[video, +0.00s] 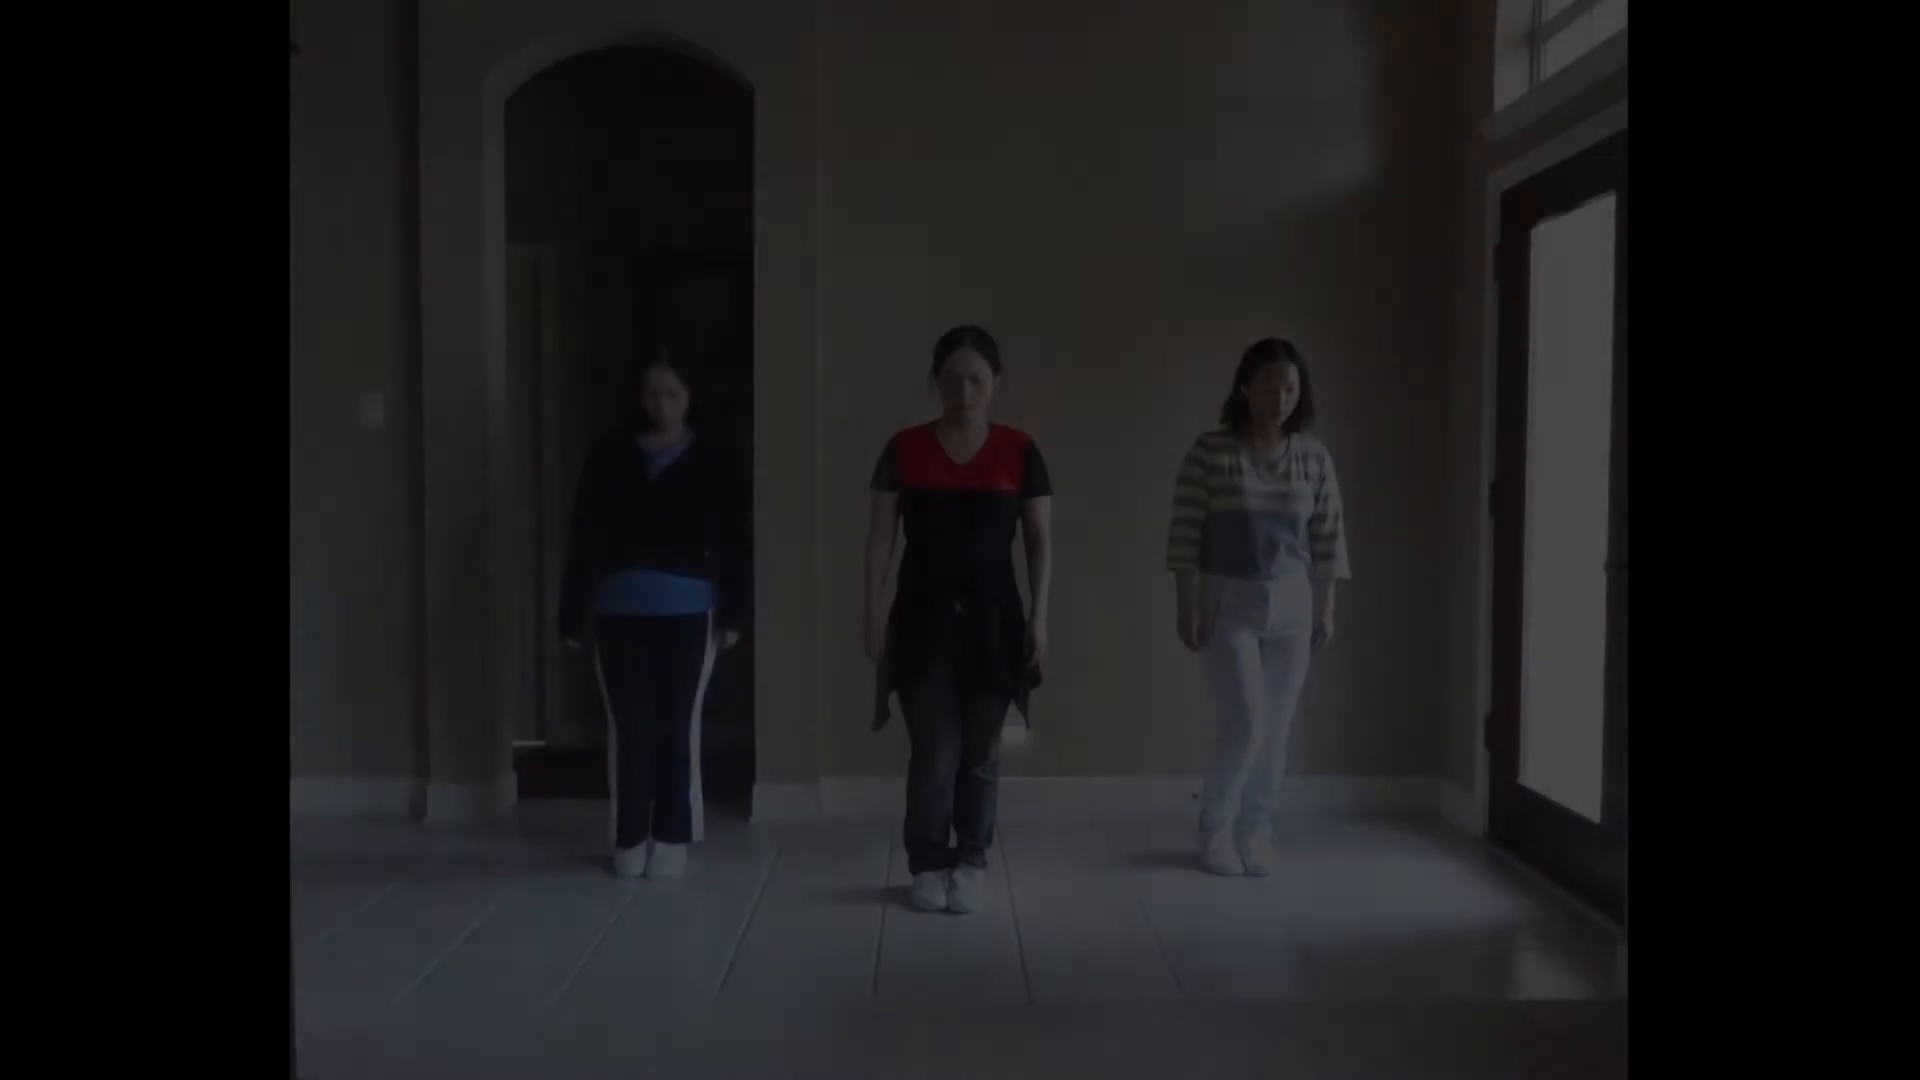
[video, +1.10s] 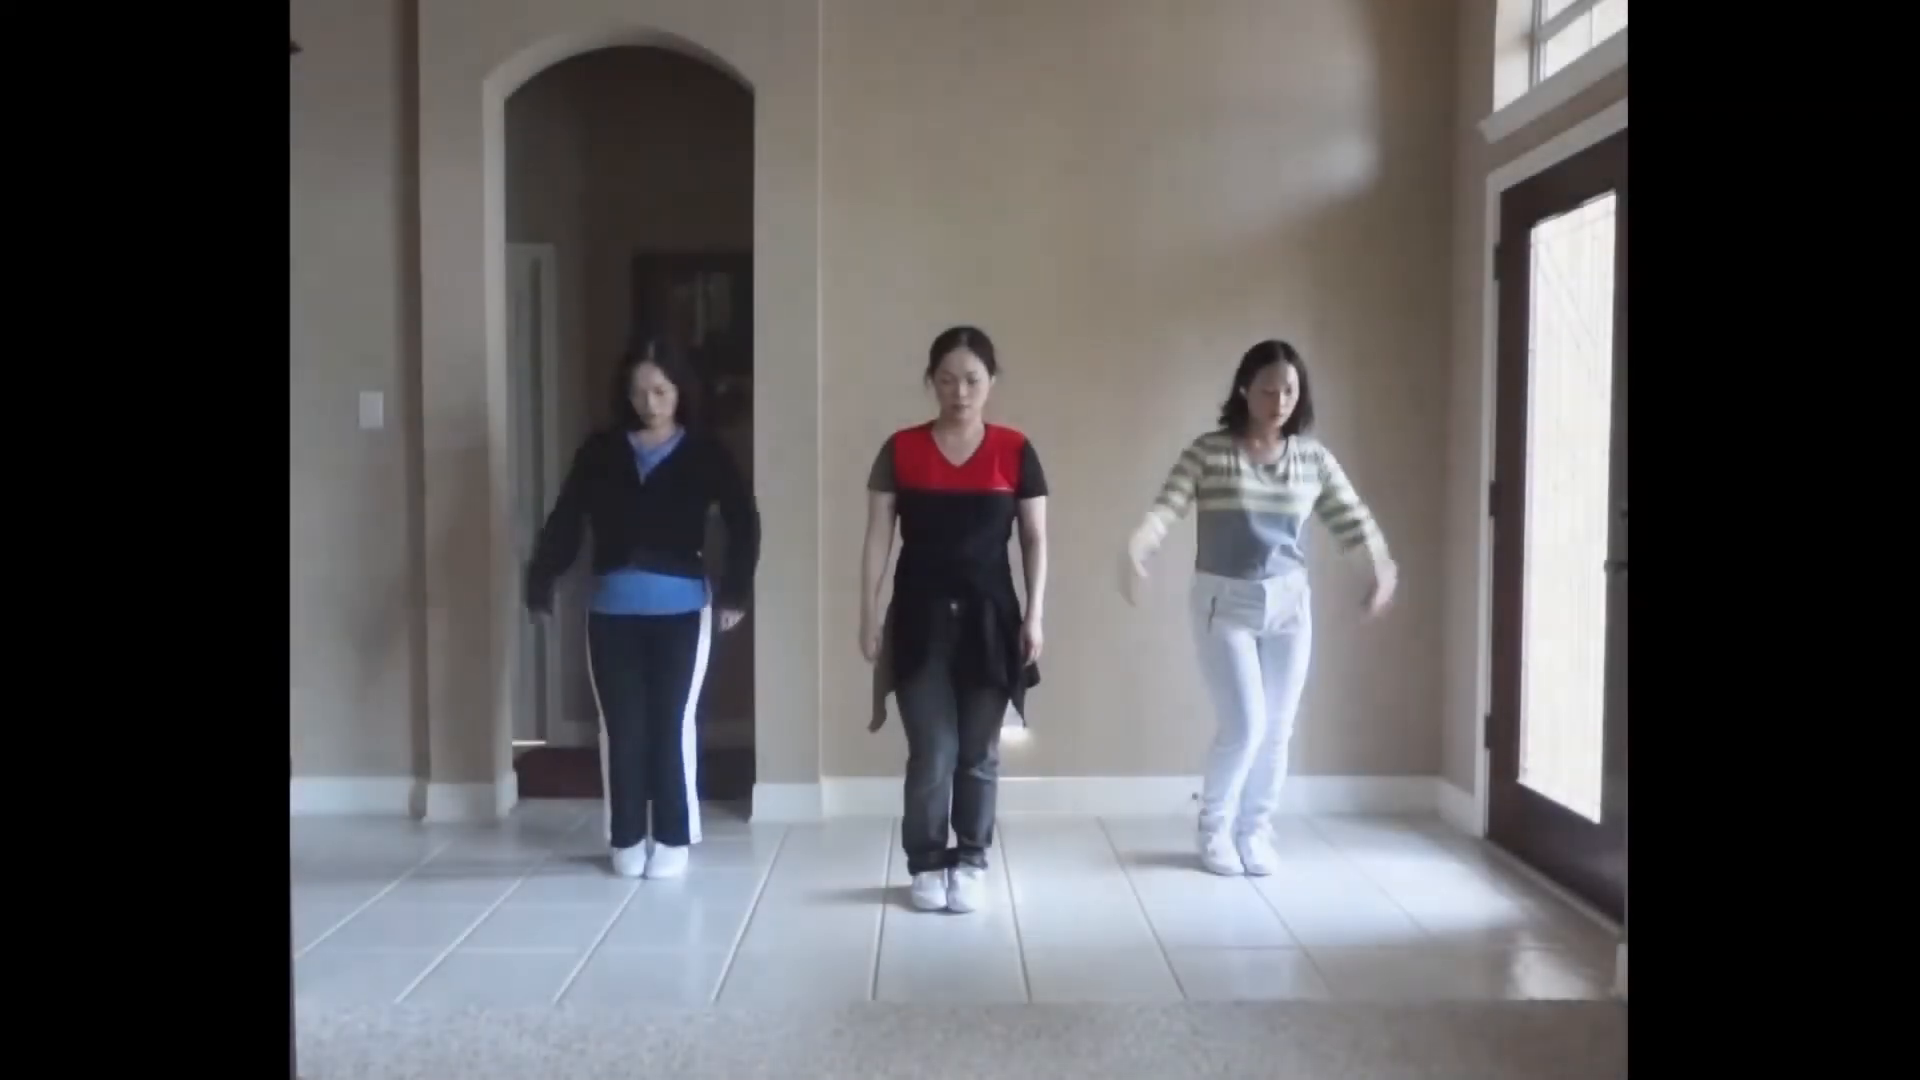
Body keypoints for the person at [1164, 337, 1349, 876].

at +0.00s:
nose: (1279, 398)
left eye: (1289, 387)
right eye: (1269, 386)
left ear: (1300, 395)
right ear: (1246, 389)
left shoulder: (1312, 456)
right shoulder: (1212, 451)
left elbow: (1329, 535)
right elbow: (1185, 533)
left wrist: (1326, 606)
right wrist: (1187, 606)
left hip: (1292, 612)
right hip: (1227, 609)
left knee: (1275, 728)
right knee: (1247, 723)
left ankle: (1256, 834)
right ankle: (1215, 833)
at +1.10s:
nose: (1279, 399)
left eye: (1289, 389)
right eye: (1269, 387)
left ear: (1300, 396)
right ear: (1245, 390)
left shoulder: (1312, 458)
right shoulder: (1209, 451)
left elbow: (1352, 517)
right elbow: (1169, 505)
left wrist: (1383, 568)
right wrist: (1137, 546)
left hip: (1289, 608)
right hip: (1223, 607)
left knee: (1276, 728)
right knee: (1244, 725)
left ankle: (1256, 831)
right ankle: (1214, 829)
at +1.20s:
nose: (1279, 404)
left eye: (1289, 394)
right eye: (1268, 392)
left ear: (1299, 400)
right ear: (1244, 394)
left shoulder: (1313, 458)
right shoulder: (1207, 452)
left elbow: (1363, 498)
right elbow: (1162, 487)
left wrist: (1408, 513)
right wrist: (1135, 490)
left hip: (1287, 610)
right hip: (1222, 608)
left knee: (1282, 729)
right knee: (1246, 724)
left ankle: (1257, 832)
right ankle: (1216, 827)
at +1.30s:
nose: (1279, 414)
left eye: (1288, 404)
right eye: (1269, 403)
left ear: (1298, 410)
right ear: (1244, 403)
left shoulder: (1312, 465)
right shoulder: (1205, 459)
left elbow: (1382, 499)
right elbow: (1144, 484)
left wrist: (1389, 438)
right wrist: (1141, 418)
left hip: (1285, 617)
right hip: (1219, 616)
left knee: (1285, 733)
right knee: (1248, 729)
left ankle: (1259, 835)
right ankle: (1204, 782)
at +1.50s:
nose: (1266, 431)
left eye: (1277, 421)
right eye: (1256, 419)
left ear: (1289, 423)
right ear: (1236, 417)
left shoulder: (1303, 467)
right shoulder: (1205, 459)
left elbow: (1361, 424)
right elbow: (1166, 431)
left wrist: (1312, 408)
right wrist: (1185, 412)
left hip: (1282, 616)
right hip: (1215, 615)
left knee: (1283, 731)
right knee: (1215, 726)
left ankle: (1257, 836)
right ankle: (1184, 747)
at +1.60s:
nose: (1258, 397)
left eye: (1269, 387)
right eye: (1247, 385)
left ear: (1281, 396)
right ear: (1229, 390)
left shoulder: (1295, 447)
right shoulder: (1202, 446)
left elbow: (1338, 385)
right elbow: (1177, 393)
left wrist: (1287, 348)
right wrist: (1197, 360)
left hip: (1276, 598)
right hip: (1210, 598)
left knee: (1273, 724)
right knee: (1195, 714)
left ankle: (1258, 834)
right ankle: (1183, 795)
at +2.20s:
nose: (1209, 410)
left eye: (1218, 401)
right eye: (1200, 400)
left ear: (1232, 414)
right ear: (1182, 409)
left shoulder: (1246, 463)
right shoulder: (1163, 462)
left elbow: (1261, 428)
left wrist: (1250, 400)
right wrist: (1201, 399)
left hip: (1236, 593)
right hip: (1175, 598)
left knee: (1257, 713)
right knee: (1184, 720)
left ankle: (1270, 828)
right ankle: (1199, 810)